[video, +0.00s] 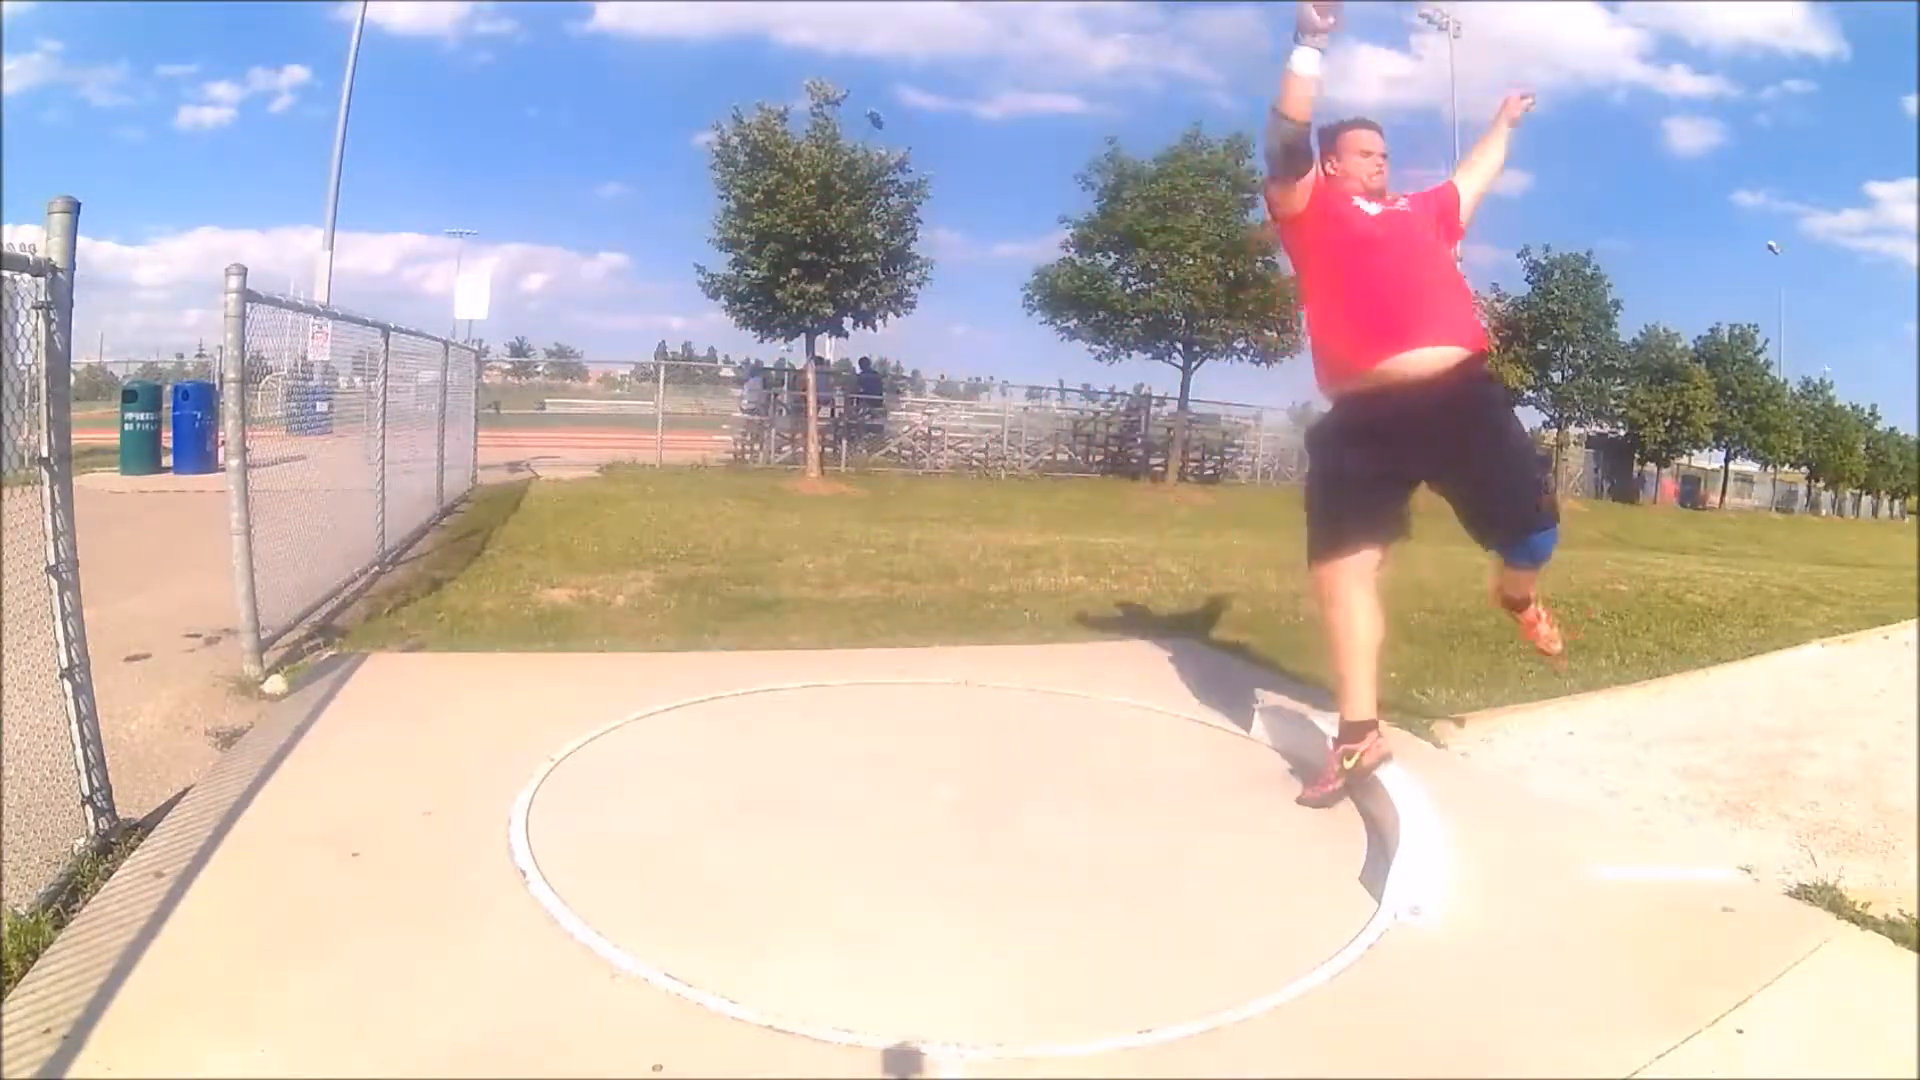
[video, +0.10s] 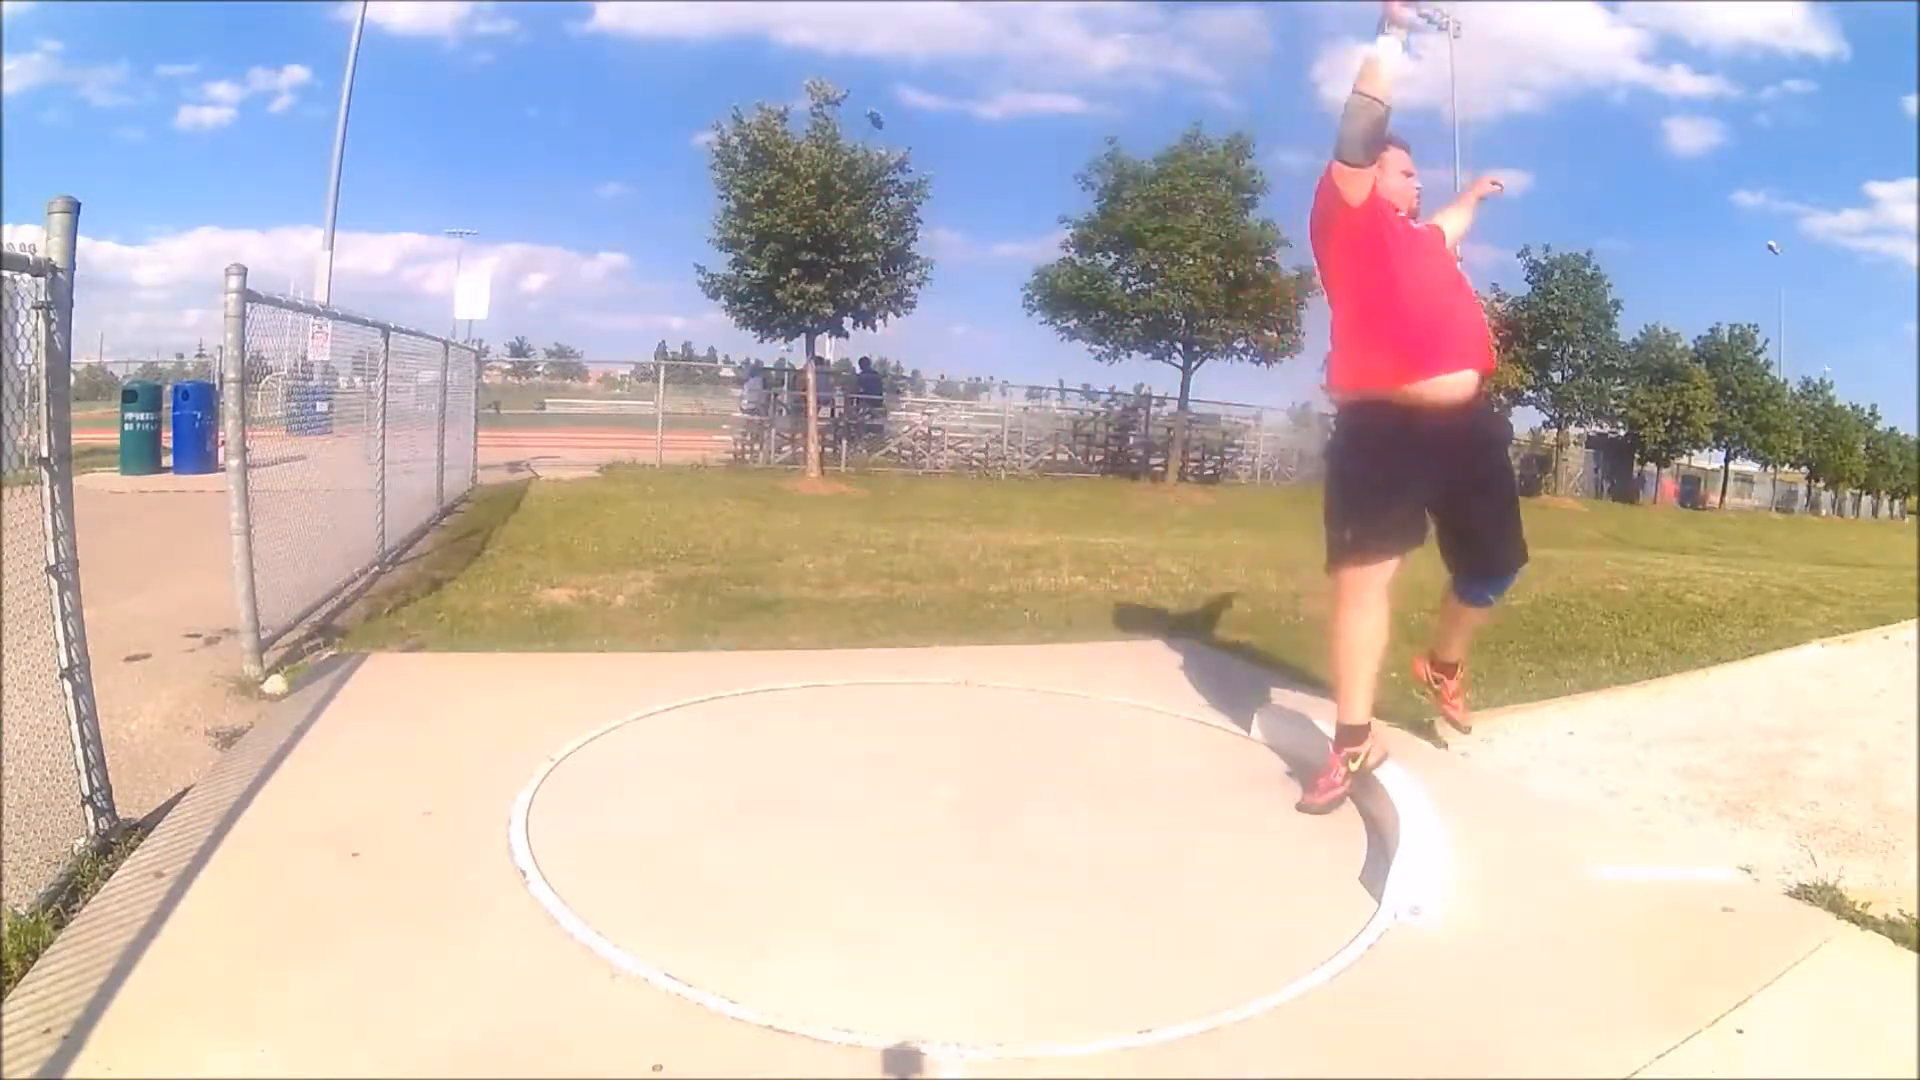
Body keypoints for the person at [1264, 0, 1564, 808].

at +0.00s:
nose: (1374, 160)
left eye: (1381, 154)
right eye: (1358, 152)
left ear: (1389, 166)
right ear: (1327, 163)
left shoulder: (1425, 210)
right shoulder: (1309, 210)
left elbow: (1478, 171)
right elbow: (1288, 142)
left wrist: (1506, 120)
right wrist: (1307, 43)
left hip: (1465, 400)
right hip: (1364, 421)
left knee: (1534, 539)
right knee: (1341, 567)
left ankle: (1514, 597)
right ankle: (1359, 728)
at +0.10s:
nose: (1414, 171)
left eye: (1417, 165)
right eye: (1400, 162)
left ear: (1414, 182)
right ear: (1364, 171)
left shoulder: (1423, 236)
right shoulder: (1344, 219)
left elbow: (1446, 231)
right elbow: (1361, 130)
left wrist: (1476, 191)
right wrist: (1391, 33)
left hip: (1469, 429)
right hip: (1379, 431)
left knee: (1488, 571)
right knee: (1360, 580)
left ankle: (1445, 663)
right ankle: (1354, 735)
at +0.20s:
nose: (1437, 192)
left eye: (1434, 184)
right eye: (1424, 182)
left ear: (1389, 197)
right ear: (1396, 189)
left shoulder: (1412, 257)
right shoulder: (1395, 227)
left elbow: (1356, 364)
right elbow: (1465, 160)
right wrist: (1502, 98)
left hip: (1454, 450)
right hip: (1403, 437)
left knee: (1445, 595)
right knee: (1400, 586)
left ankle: (1388, 708)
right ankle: (1330, 745)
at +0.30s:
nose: (1448, 213)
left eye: (1444, 204)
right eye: (1444, 204)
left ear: (1387, 212)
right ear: (1431, 204)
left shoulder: (1368, 275)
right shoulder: (1441, 240)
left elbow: (1350, 373)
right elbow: (1537, 236)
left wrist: (1355, 428)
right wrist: (1593, 210)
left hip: (1386, 434)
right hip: (1422, 434)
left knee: (1451, 582)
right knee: (1414, 584)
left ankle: (1388, 703)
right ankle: (1321, 746)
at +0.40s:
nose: (1455, 217)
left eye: (1452, 208)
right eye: (1454, 206)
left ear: (1390, 214)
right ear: (1441, 206)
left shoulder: (1361, 280)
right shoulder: (1473, 256)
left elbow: (1345, 386)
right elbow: (1550, 305)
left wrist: (1342, 454)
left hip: (1378, 437)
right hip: (1442, 438)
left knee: (1412, 577)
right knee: (1425, 589)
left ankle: (1390, 703)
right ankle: (1340, 728)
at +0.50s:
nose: (1455, 219)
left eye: (1448, 211)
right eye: (1455, 210)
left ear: (1394, 218)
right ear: (1448, 209)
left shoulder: (1355, 278)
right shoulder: (1488, 265)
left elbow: (1328, 377)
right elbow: (1528, 352)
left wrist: (1315, 458)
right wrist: (1520, 387)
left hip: (1387, 434)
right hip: (1455, 435)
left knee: (1407, 572)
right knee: (1442, 584)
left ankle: (1395, 705)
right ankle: (1353, 721)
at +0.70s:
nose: (1459, 216)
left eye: (1451, 206)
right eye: (1459, 207)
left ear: (1399, 211)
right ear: (1452, 206)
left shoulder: (1359, 272)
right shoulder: (1493, 267)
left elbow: (1326, 367)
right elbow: (1504, 342)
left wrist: (1306, 448)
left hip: (1393, 439)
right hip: (1469, 439)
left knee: (1409, 577)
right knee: (1452, 580)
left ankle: (1400, 706)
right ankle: (1376, 707)